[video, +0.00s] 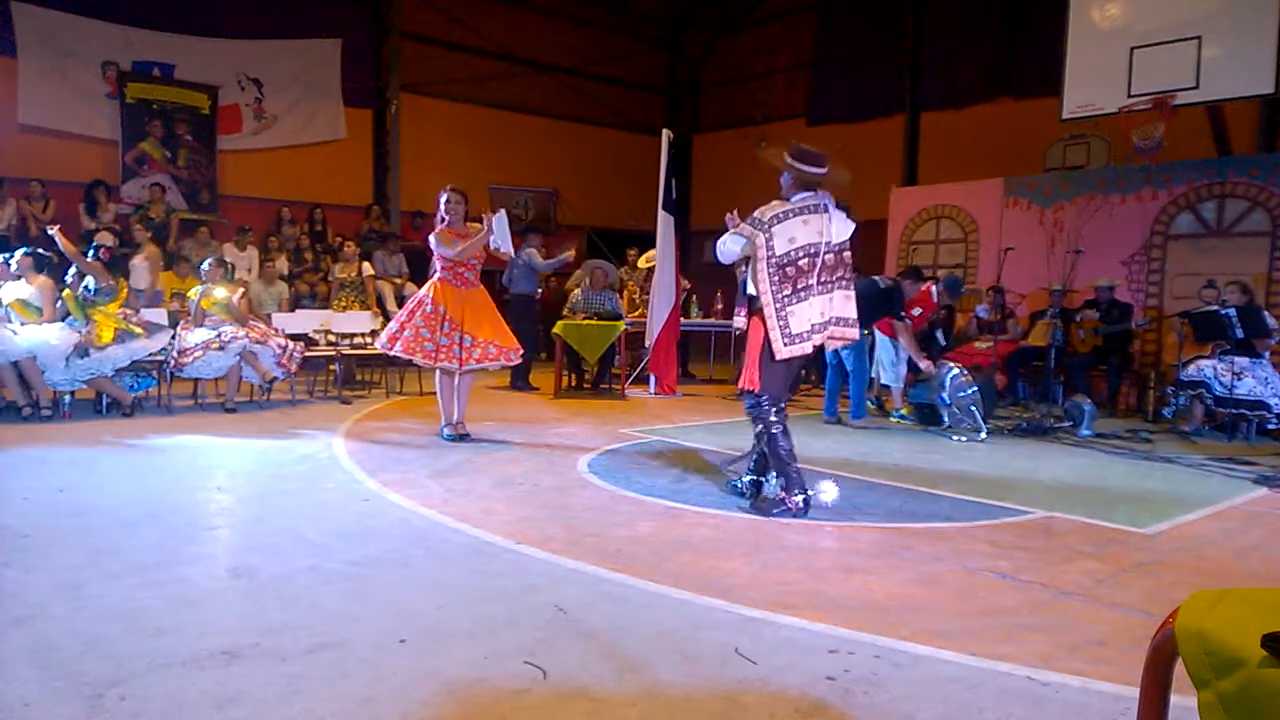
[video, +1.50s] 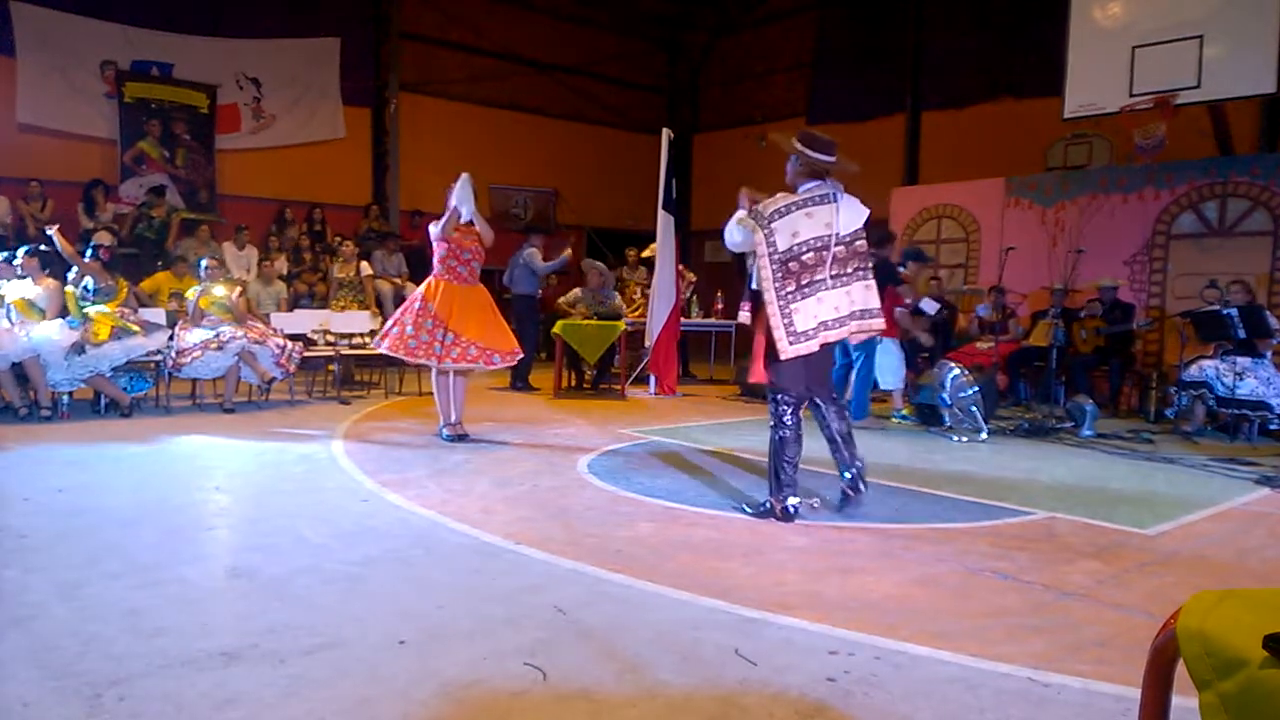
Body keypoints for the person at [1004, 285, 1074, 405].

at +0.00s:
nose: (1056, 299)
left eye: (1059, 296)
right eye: (1054, 295)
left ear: (1063, 297)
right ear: (1049, 296)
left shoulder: (1068, 314)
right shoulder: (1036, 315)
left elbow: (1068, 337)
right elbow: (1029, 333)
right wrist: (1025, 341)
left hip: (1055, 348)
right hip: (1035, 347)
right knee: (1012, 359)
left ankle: (1043, 397)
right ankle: (1013, 395)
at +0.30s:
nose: (1056, 299)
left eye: (1059, 296)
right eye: (1053, 296)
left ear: (1063, 298)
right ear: (1049, 297)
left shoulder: (1068, 314)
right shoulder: (1036, 315)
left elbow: (1068, 339)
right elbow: (1028, 335)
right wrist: (1024, 342)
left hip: (1056, 348)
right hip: (1036, 348)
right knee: (1012, 358)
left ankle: (1041, 398)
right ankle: (1013, 395)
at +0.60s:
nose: (1056, 299)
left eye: (1059, 296)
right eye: (1053, 296)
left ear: (1063, 298)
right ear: (1049, 297)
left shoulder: (1068, 315)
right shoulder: (1036, 315)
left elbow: (1069, 339)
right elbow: (1028, 335)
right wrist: (1024, 342)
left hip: (1056, 348)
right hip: (1036, 348)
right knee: (1012, 358)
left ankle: (1041, 398)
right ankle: (1013, 396)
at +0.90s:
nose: (1055, 299)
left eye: (1059, 296)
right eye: (1053, 296)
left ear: (1063, 298)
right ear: (1049, 297)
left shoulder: (1068, 315)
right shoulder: (1036, 315)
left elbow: (1068, 339)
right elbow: (1028, 334)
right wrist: (1024, 342)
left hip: (1055, 348)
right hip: (1035, 348)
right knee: (1012, 359)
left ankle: (1042, 397)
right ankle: (1013, 395)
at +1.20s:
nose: (1055, 299)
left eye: (1058, 296)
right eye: (1053, 295)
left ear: (1063, 297)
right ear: (1049, 297)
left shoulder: (1067, 314)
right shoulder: (1036, 315)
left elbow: (1067, 339)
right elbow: (1028, 334)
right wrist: (1024, 342)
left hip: (1055, 348)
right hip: (1035, 348)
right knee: (1012, 358)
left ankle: (1042, 398)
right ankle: (1013, 395)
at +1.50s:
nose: (1057, 299)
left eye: (1060, 295)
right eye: (1055, 295)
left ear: (1065, 297)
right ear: (1050, 296)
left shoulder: (1070, 314)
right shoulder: (1038, 315)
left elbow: (1070, 339)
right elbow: (1029, 334)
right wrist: (1026, 342)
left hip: (1057, 348)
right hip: (1037, 348)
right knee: (1013, 358)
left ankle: (1044, 398)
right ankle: (1014, 395)